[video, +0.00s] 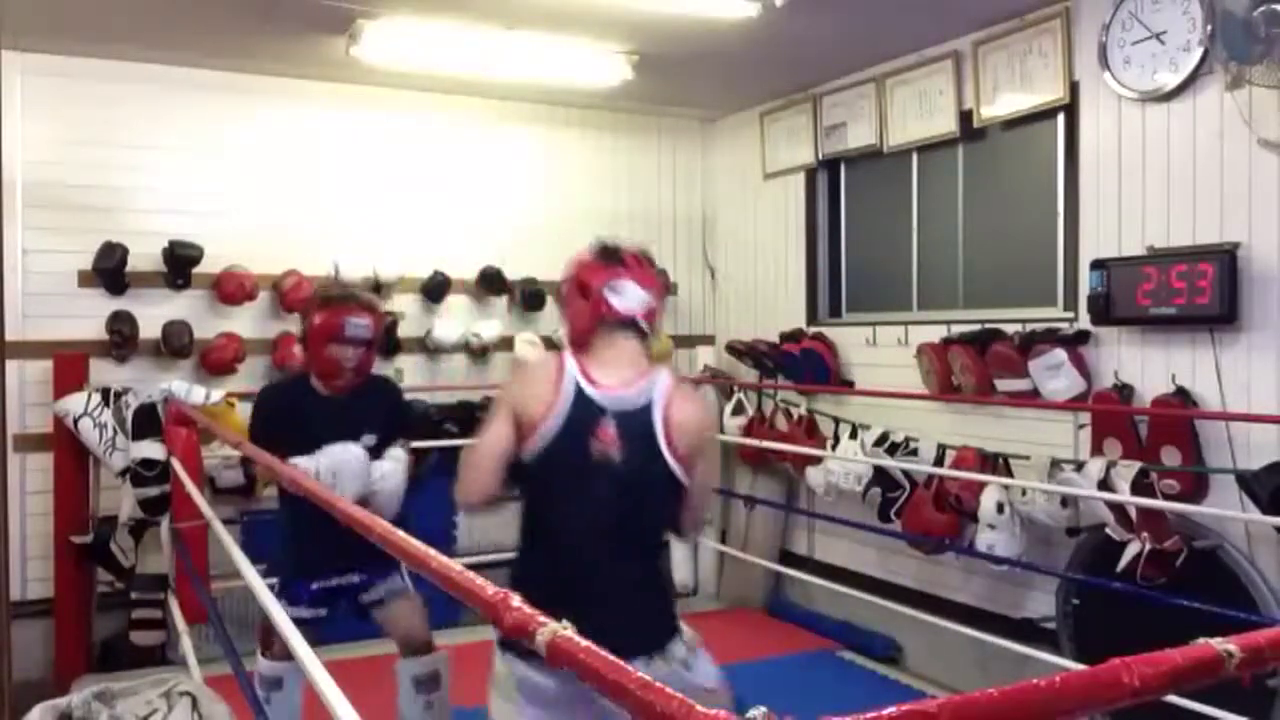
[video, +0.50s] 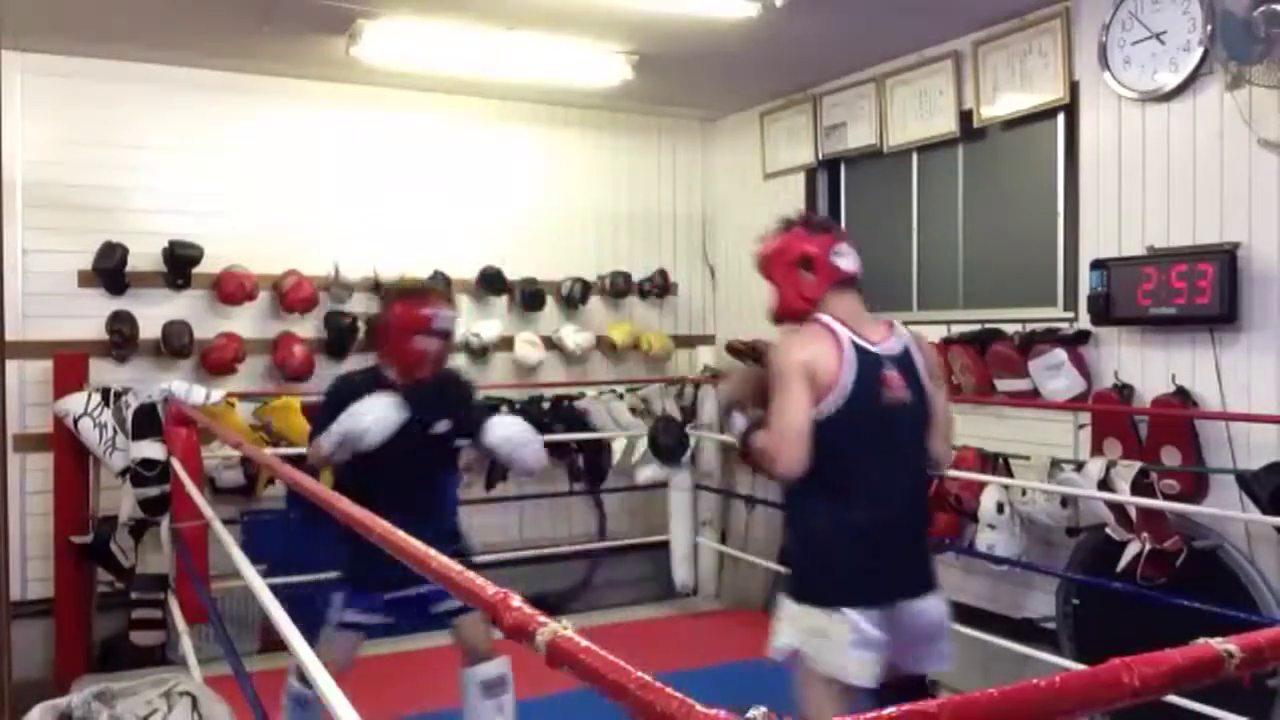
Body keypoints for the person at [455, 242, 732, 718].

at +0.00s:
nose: (564, 315)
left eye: (568, 301)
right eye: (565, 302)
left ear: (586, 307)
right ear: (649, 317)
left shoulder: (535, 382)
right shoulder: (688, 406)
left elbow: (472, 488)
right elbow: (689, 520)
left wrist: (536, 464)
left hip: (539, 642)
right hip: (643, 647)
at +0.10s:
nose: (608, 346)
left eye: (612, 335)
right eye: (611, 334)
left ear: (626, 342)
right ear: (692, 345)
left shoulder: (579, 425)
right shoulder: (728, 447)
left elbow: (515, 533)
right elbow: (731, 572)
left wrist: (578, 513)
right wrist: (676, 529)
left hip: (577, 677)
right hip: (677, 681)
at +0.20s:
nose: (656, 333)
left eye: (661, 319)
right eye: (658, 319)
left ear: (682, 325)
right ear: (737, 322)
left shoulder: (645, 414)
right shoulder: (793, 415)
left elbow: (601, 529)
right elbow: (790, 541)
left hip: (658, 652)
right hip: (752, 651)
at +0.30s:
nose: (695, 300)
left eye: (698, 286)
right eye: (694, 286)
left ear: (724, 286)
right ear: (771, 280)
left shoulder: (714, 369)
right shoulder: (838, 363)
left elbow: (693, 487)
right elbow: (860, 478)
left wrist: (683, 432)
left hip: (733, 610)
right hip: (818, 607)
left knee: (687, 713)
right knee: (802, 712)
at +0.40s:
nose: (730, 282)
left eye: (731, 266)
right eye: (727, 268)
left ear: (760, 262)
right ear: (802, 255)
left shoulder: (764, 338)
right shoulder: (875, 334)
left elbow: (755, 455)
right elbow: (906, 443)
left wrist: (713, 419)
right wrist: (833, 420)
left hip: (787, 574)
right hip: (869, 565)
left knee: (751, 704)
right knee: (869, 706)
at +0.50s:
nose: (772, 300)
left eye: (774, 284)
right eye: (770, 285)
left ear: (802, 279)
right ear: (844, 272)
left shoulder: (798, 346)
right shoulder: (914, 345)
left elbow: (788, 459)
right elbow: (938, 451)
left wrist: (746, 428)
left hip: (832, 589)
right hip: (910, 578)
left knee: (825, 710)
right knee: (909, 710)